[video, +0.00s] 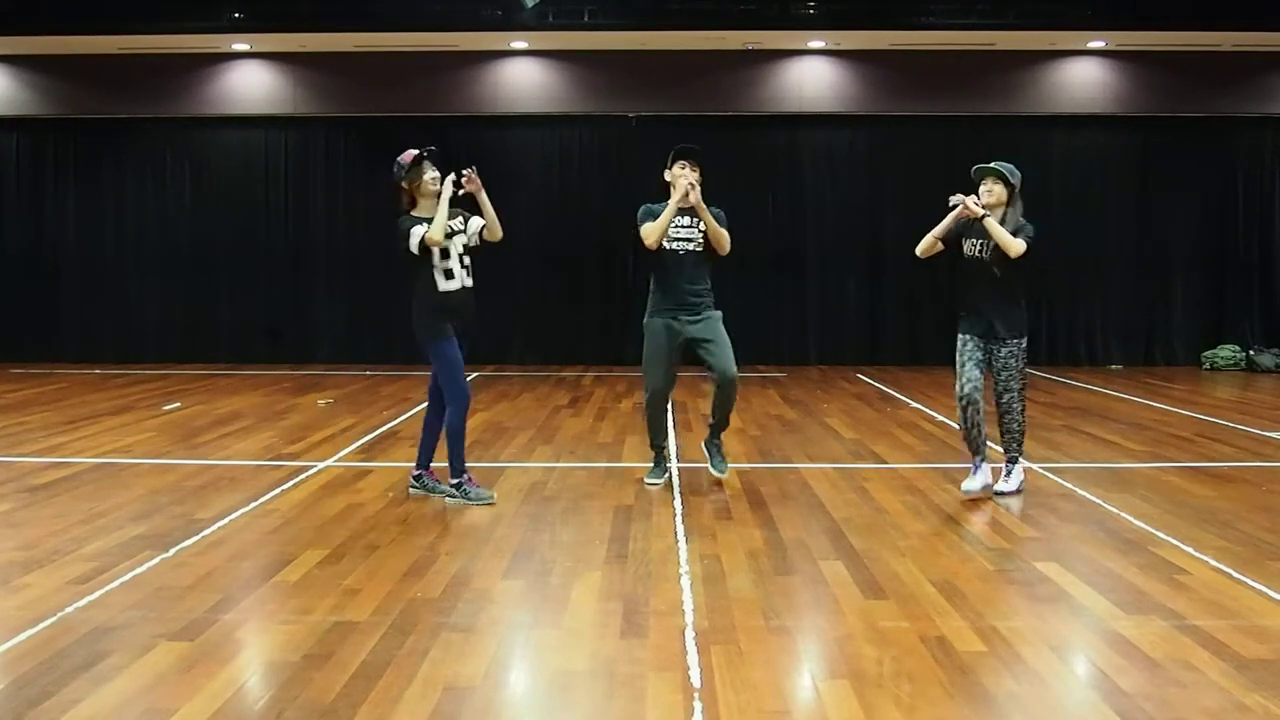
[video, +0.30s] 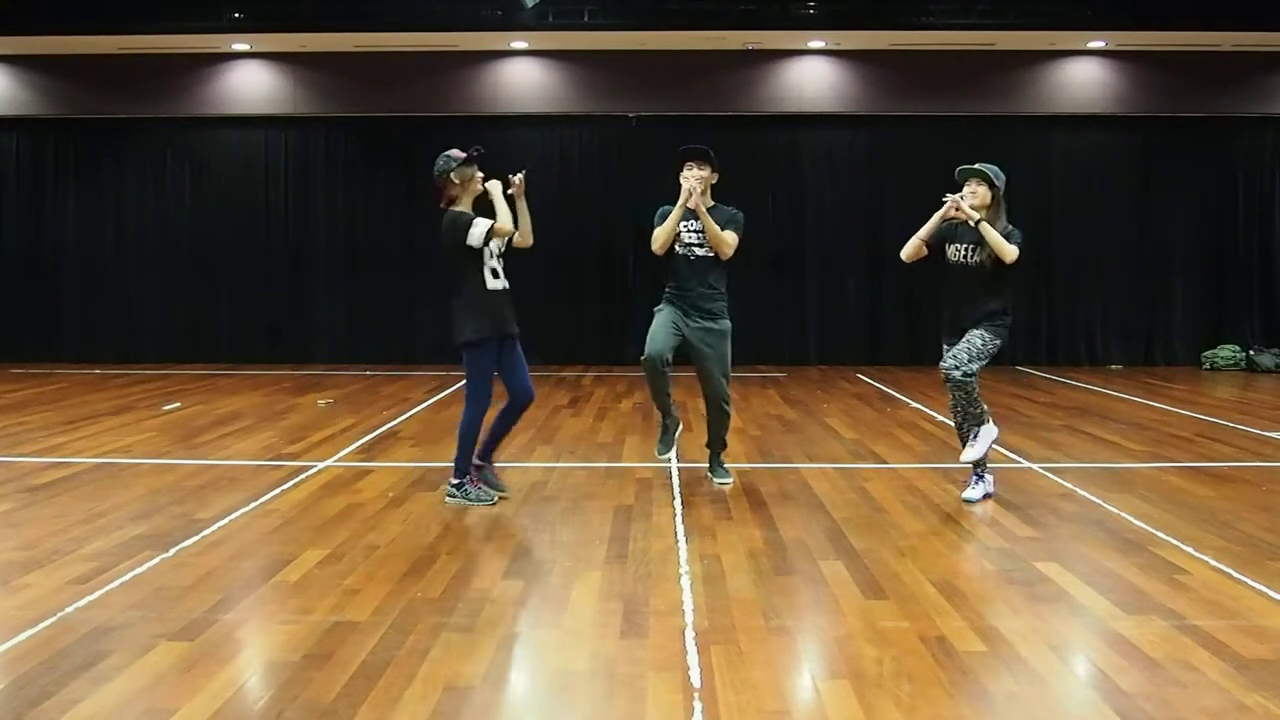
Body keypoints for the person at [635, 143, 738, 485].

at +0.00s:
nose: (686, 173)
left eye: (692, 169)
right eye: (680, 168)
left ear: (700, 179)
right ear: (667, 175)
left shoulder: (713, 214)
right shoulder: (651, 212)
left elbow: (724, 248)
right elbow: (651, 241)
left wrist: (701, 209)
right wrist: (676, 201)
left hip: (704, 315)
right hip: (661, 316)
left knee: (728, 375)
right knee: (655, 391)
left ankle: (714, 440)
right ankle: (659, 457)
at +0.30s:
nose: (694, 174)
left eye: (701, 169)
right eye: (688, 168)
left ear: (712, 177)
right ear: (680, 176)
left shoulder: (730, 216)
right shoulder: (666, 213)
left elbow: (726, 250)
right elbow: (658, 247)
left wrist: (700, 209)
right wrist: (682, 205)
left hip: (712, 317)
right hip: (673, 308)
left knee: (718, 394)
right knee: (653, 356)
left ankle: (716, 457)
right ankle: (669, 420)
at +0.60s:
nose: (683, 178)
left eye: (690, 172)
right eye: (678, 172)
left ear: (704, 178)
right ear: (670, 180)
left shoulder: (723, 218)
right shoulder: (658, 217)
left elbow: (719, 259)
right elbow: (660, 258)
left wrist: (693, 219)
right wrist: (677, 215)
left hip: (713, 317)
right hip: (671, 318)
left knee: (734, 384)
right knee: (669, 394)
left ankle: (720, 438)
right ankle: (677, 463)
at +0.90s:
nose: (686, 173)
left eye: (692, 168)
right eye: (680, 167)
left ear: (704, 175)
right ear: (671, 174)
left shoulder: (723, 212)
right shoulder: (656, 212)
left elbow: (734, 248)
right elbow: (652, 248)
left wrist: (703, 210)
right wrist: (679, 205)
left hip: (715, 313)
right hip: (672, 317)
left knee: (737, 368)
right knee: (671, 394)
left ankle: (716, 436)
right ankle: (678, 463)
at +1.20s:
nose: (695, 170)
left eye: (702, 165)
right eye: (689, 164)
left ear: (711, 172)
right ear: (678, 169)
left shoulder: (728, 208)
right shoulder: (667, 206)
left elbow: (728, 250)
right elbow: (654, 251)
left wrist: (702, 209)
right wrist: (682, 204)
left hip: (713, 313)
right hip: (674, 305)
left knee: (714, 395)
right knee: (661, 358)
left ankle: (708, 463)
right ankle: (674, 420)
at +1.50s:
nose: (691, 176)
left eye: (696, 171)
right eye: (683, 170)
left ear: (704, 177)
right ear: (670, 175)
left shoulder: (718, 211)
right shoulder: (662, 210)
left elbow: (728, 257)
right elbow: (653, 249)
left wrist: (709, 218)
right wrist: (678, 208)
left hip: (714, 315)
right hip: (675, 316)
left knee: (734, 380)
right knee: (673, 392)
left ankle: (715, 446)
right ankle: (676, 463)